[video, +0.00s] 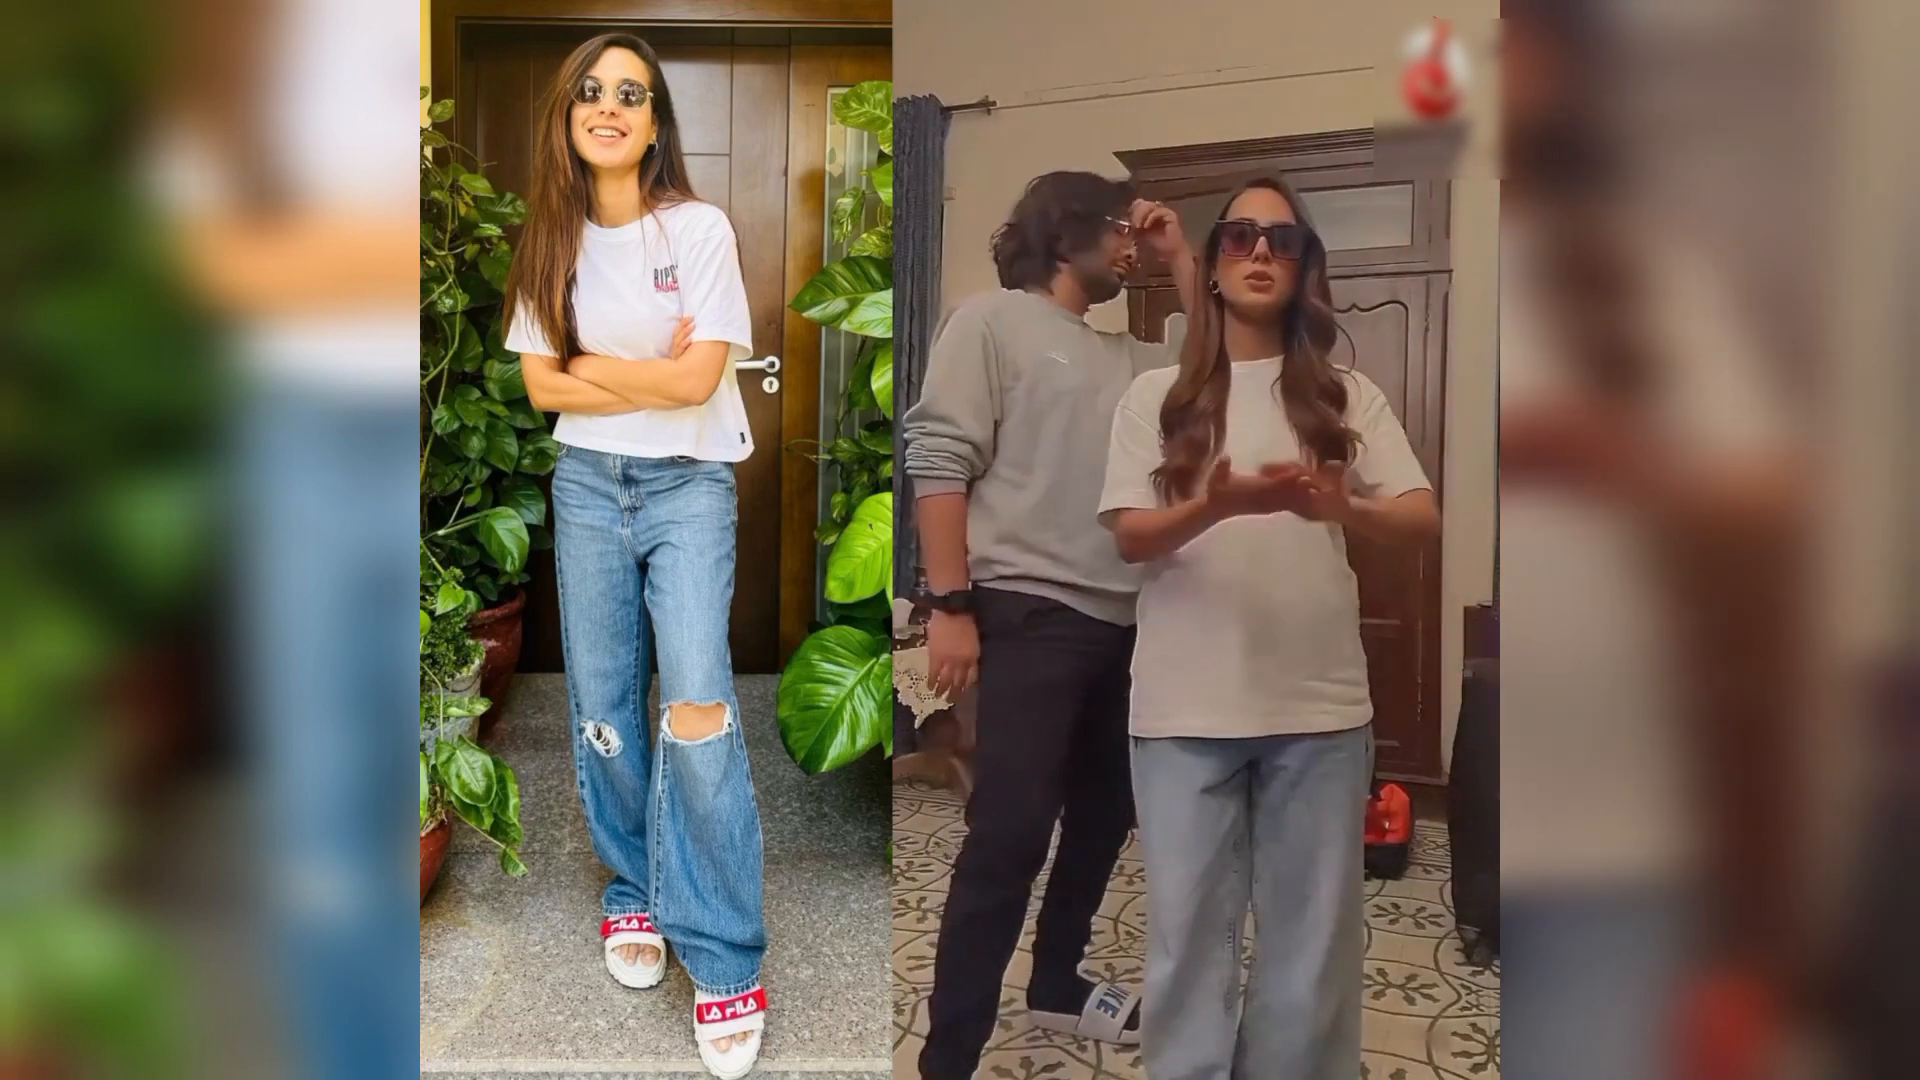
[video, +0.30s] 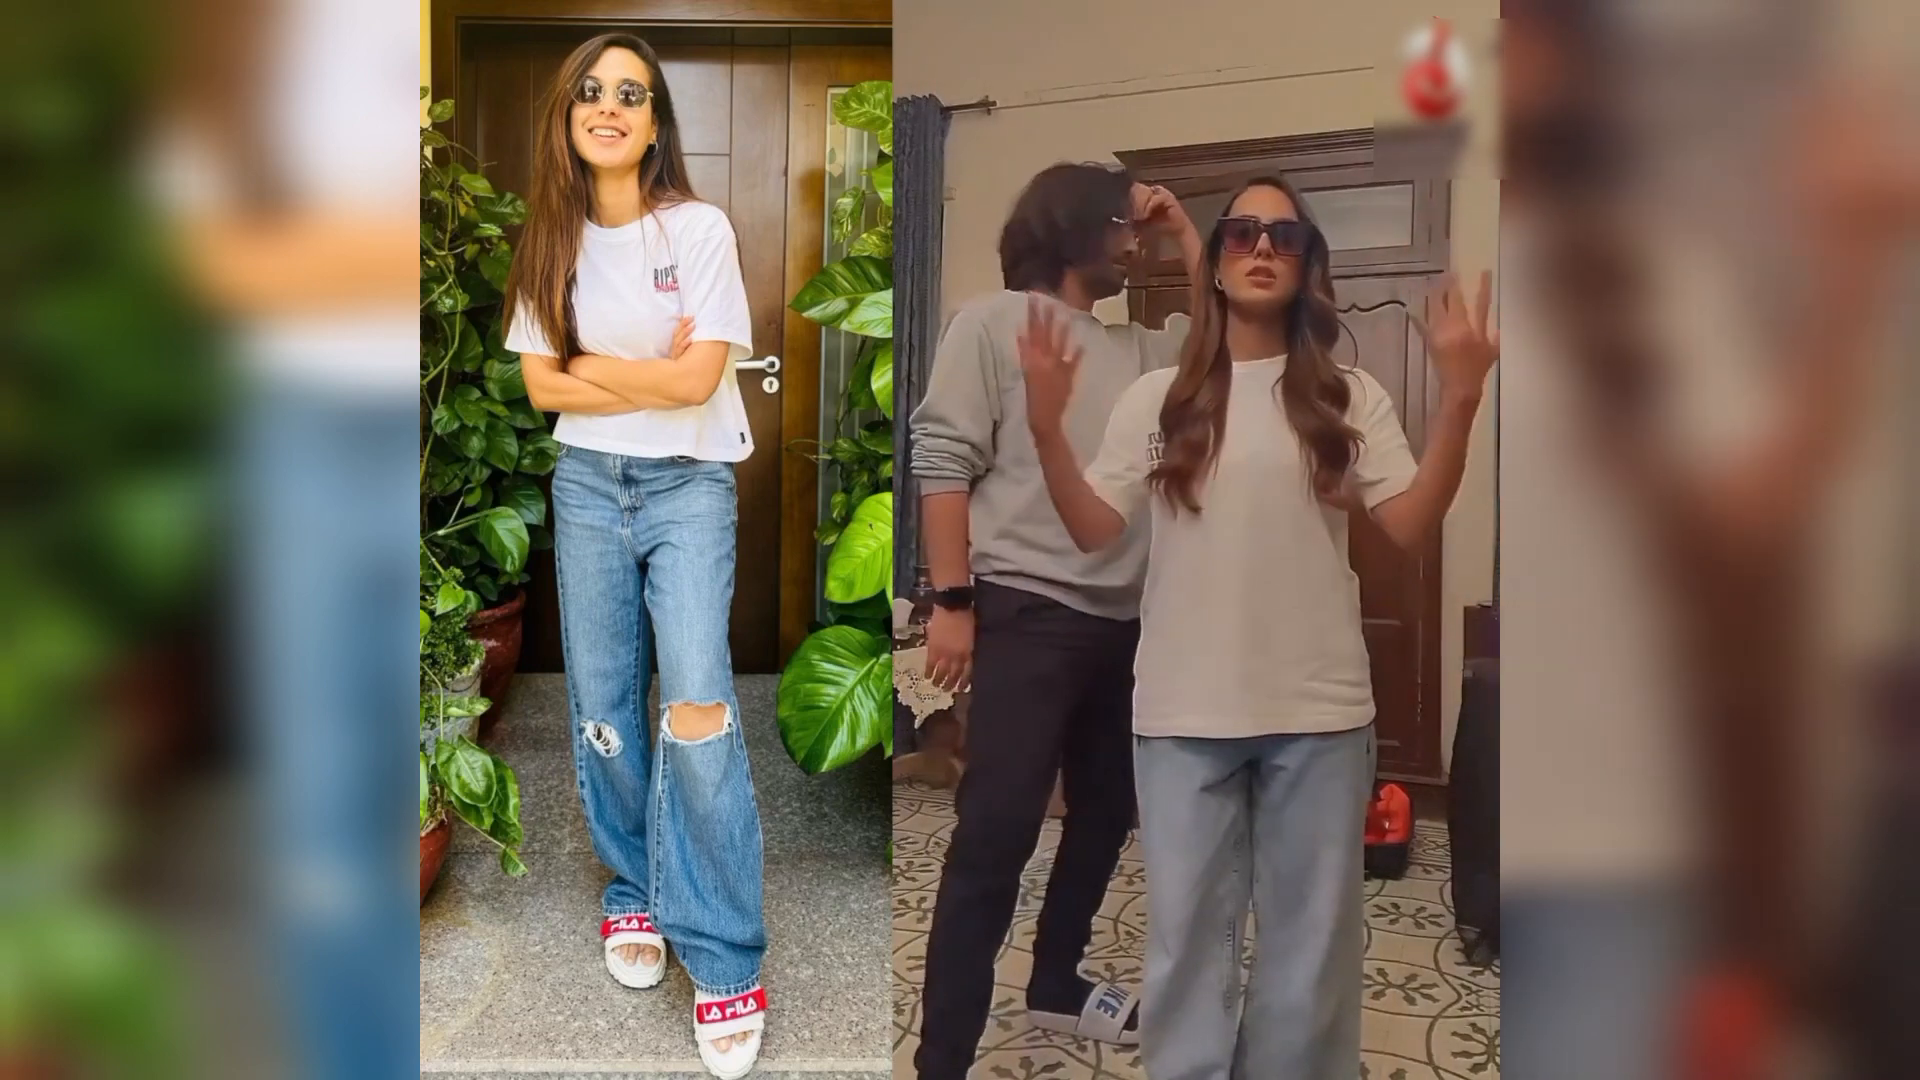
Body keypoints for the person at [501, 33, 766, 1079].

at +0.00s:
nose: (610, 111)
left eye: (629, 98)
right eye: (593, 95)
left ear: (656, 121)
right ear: (566, 117)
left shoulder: (699, 226)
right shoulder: (549, 239)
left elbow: (698, 378)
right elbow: (540, 385)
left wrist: (575, 362)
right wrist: (662, 377)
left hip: (689, 482)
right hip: (584, 483)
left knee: (695, 709)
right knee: (602, 708)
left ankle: (724, 955)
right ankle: (631, 890)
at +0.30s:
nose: (610, 111)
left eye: (629, 98)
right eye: (593, 96)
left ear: (656, 121)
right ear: (566, 117)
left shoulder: (699, 226)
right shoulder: (550, 239)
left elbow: (699, 378)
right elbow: (540, 385)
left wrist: (575, 361)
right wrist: (663, 377)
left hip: (689, 481)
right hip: (584, 483)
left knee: (694, 709)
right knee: (602, 707)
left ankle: (724, 957)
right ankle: (631, 891)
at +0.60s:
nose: (610, 111)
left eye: (630, 97)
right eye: (593, 95)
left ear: (656, 121)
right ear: (566, 117)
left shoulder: (699, 226)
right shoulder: (549, 240)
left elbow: (698, 378)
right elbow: (540, 385)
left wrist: (576, 362)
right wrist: (662, 378)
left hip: (689, 482)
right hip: (584, 484)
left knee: (695, 708)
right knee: (603, 708)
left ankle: (724, 955)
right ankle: (631, 889)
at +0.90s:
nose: (610, 111)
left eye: (630, 97)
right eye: (593, 95)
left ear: (656, 120)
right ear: (566, 117)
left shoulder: (699, 226)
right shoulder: (549, 240)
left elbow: (698, 378)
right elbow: (540, 385)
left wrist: (576, 362)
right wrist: (662, 378)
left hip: (689, 482)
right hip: (584, 484)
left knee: (695, 708)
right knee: (603, 708)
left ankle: (724, 955)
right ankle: (631, 889)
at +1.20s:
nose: (610, 111)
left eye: (630, 97)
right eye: (593, 95)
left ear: (656, 121)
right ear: (566, 117)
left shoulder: (699, 226)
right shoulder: (549, 240)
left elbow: (698, 378)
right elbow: (540, 385)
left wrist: (576, 363)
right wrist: (662, 378)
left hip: (689, 482)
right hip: (584, 485)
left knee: (694, 708)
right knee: (603, 708)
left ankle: (724, 956)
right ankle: (631, 891)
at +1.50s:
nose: (610, 111)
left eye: (630, 97)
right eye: (593, 95)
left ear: (656, 120)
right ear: (566, 117)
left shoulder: (699, 226)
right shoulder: (549, 240)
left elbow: (698, 378)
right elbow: (540, 385)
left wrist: (576, 362)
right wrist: (662, 378)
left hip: (689, 482)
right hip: (584, 484)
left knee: (695, 708)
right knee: (603, 709)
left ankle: (724, 954)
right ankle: (631, 890)